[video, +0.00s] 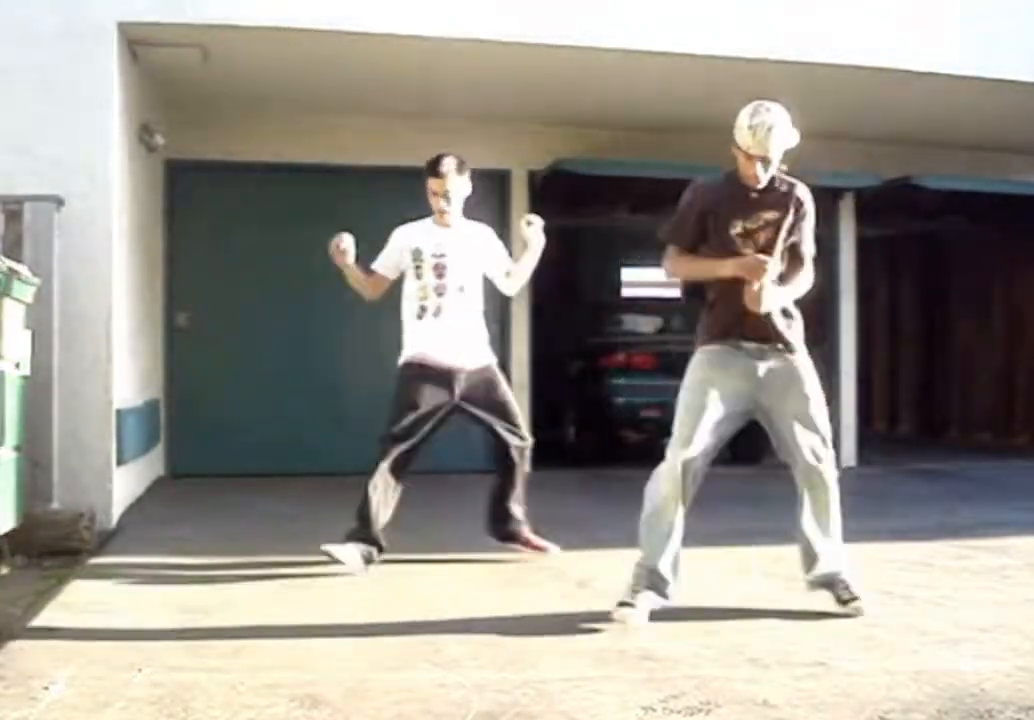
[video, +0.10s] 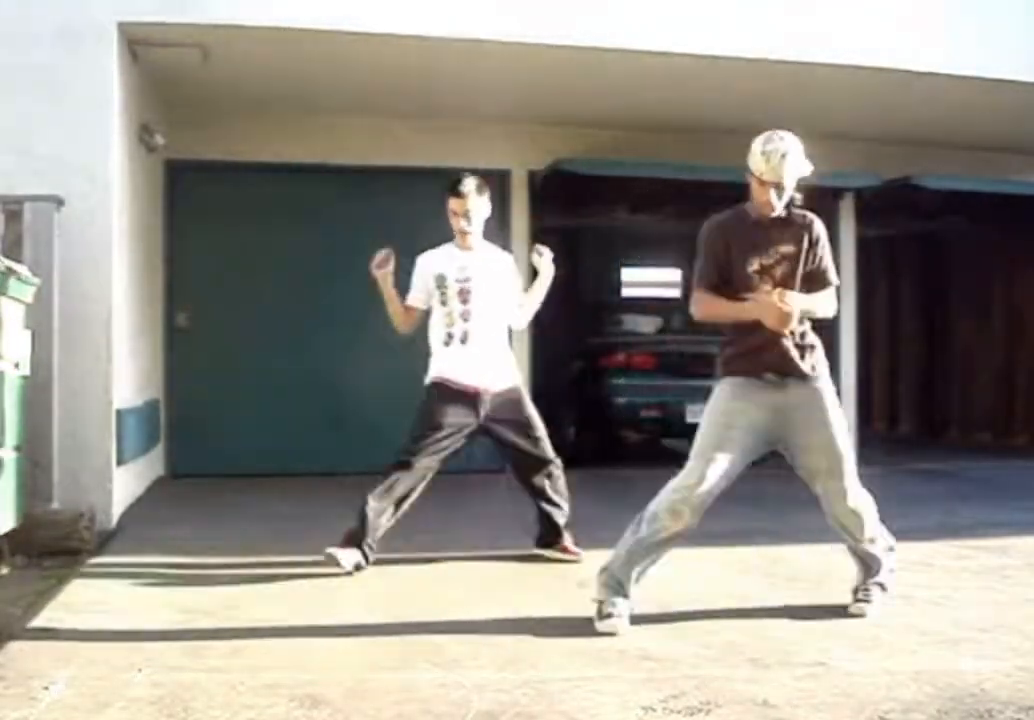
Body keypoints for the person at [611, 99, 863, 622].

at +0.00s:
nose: (759, 170)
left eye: (769, 160)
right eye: (751, 158)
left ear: (784, 153)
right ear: (735, 147)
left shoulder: (797, 199)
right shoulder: (704, 195)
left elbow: (804, 272)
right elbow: (674, 265)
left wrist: (775, 294)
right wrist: (733, 267)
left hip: (784, 355)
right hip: (720, 352)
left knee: (817, 462)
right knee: (682, 460)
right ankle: (650, 583)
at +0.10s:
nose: (776, 197)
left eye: (785, 187)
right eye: (768, 185)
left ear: (798, 181)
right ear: (751, 175)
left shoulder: (809, 228)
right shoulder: (720, 230)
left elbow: (830, 302)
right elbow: (700, 305)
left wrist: (790, 302)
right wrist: (756, 308)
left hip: (807, 385)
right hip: (742, 385)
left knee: (841, 486)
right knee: (694, 489)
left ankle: (875, 573)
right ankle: (614, 588)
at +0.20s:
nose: (774, 198)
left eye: (784, 188)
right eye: (766, 185)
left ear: (798, 182)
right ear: (750, 176)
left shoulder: (810, 228)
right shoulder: (719, 227)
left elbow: (828, 305)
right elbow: (685, 295)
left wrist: (795, 282)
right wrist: (746, 298)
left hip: (802, 383)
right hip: (740, 381)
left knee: (837, 480)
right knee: (706, 479)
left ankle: (873, 583)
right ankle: (636, 599)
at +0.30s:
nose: (762, 173)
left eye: (772, 164)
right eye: (754, 161)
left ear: (786, 158)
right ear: (739, 150)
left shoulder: (797, 200)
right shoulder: (702, 191)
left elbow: (820, 267)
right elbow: (654, 243)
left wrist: (814, 279)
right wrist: (713, 246)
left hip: (775, 351)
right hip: (715, 345)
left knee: (812, 461)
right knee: (710, 446)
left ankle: (845, 572)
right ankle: (677, 582)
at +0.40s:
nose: (730, 165)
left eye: (741, 157)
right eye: (724, 153)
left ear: (755, 153)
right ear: (708, 141)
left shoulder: (760, 190)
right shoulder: (673, 185)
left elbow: (791, 222)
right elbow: (628, 239)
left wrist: (771, 276)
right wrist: (642, 252)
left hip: (738, 336)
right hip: (683, 336)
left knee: (755, 463)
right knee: (713, 449)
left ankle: (702, 554)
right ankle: (755, 576)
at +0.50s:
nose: (707, 183)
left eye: (718, 173)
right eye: (699, 169)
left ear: (732, 170)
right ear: (684, 161)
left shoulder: (737, 210)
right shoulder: (653, 207)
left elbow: (756, 244)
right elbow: (581, 233)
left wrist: (733, 280)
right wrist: (604, 280)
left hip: (720, 358)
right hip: (666, 359)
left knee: (697, 474)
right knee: (700, 471)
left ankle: (639, 564)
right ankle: (774, 576)